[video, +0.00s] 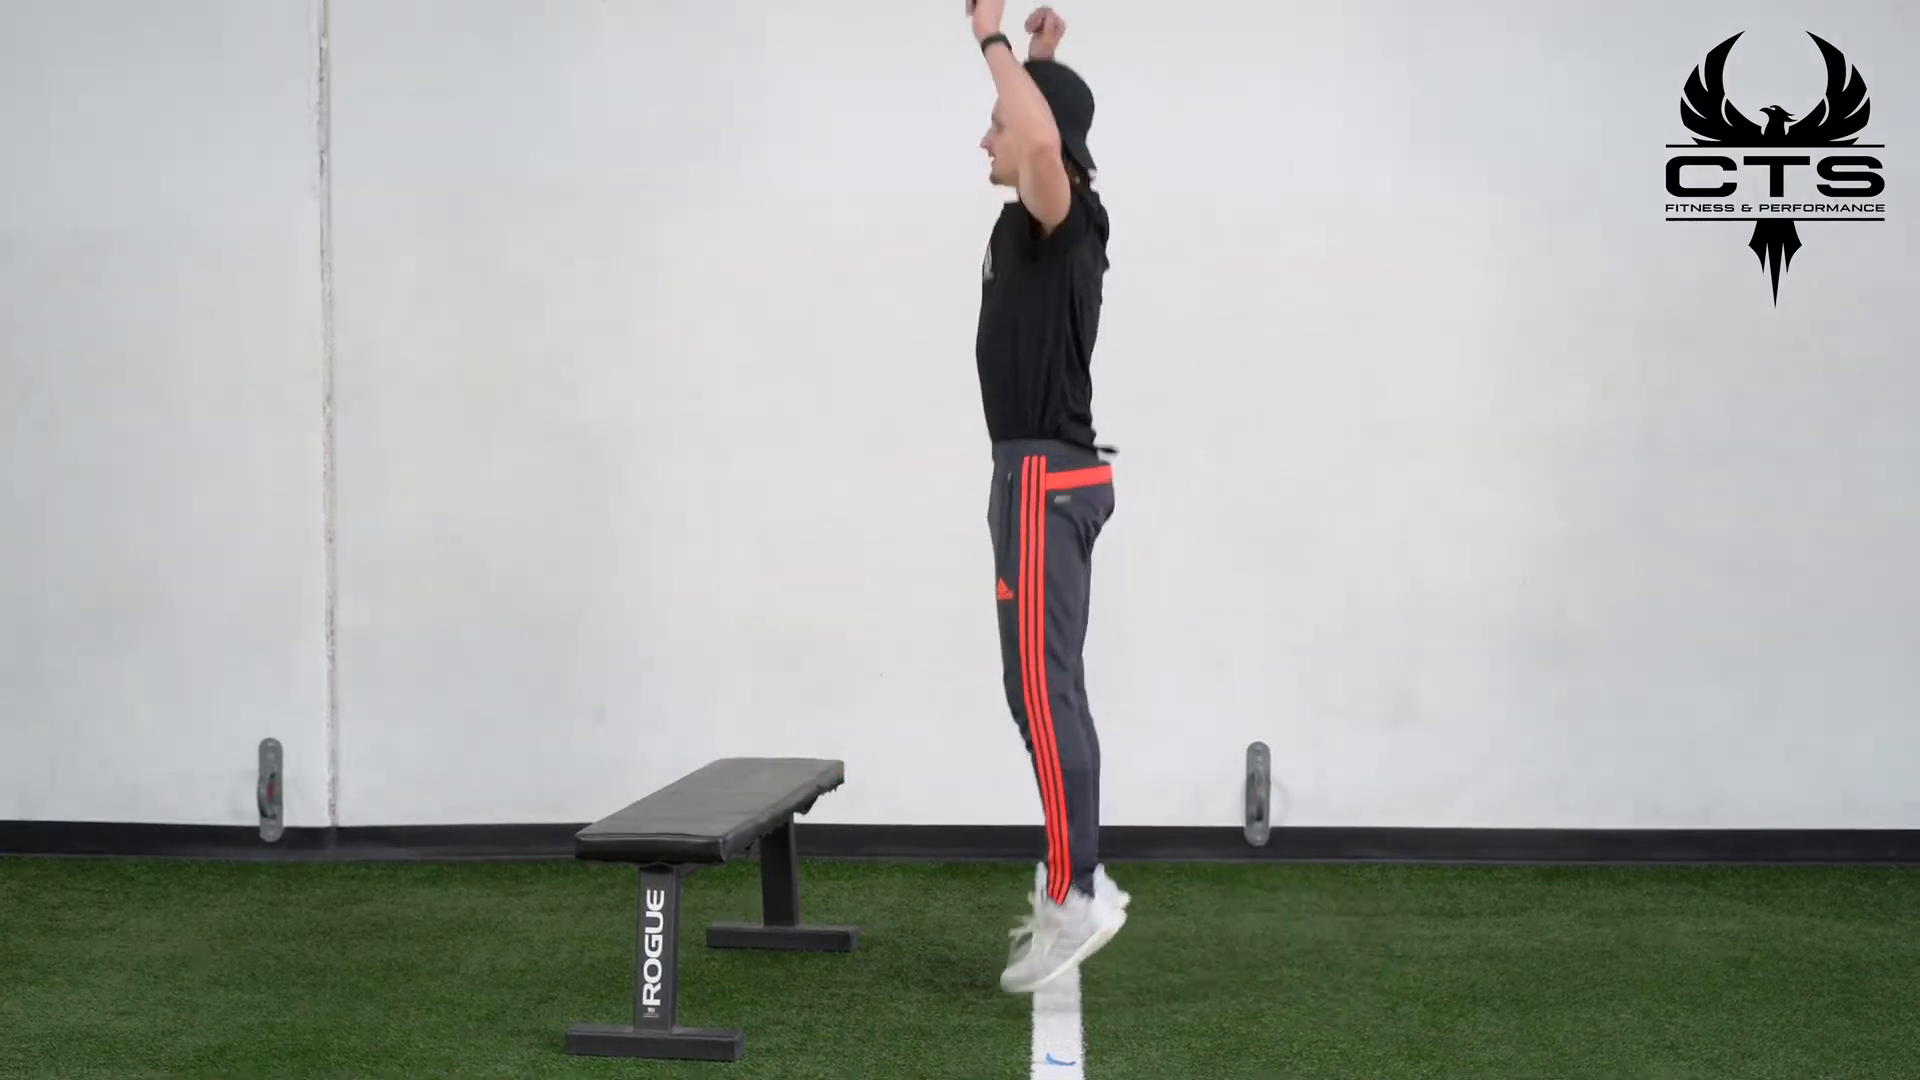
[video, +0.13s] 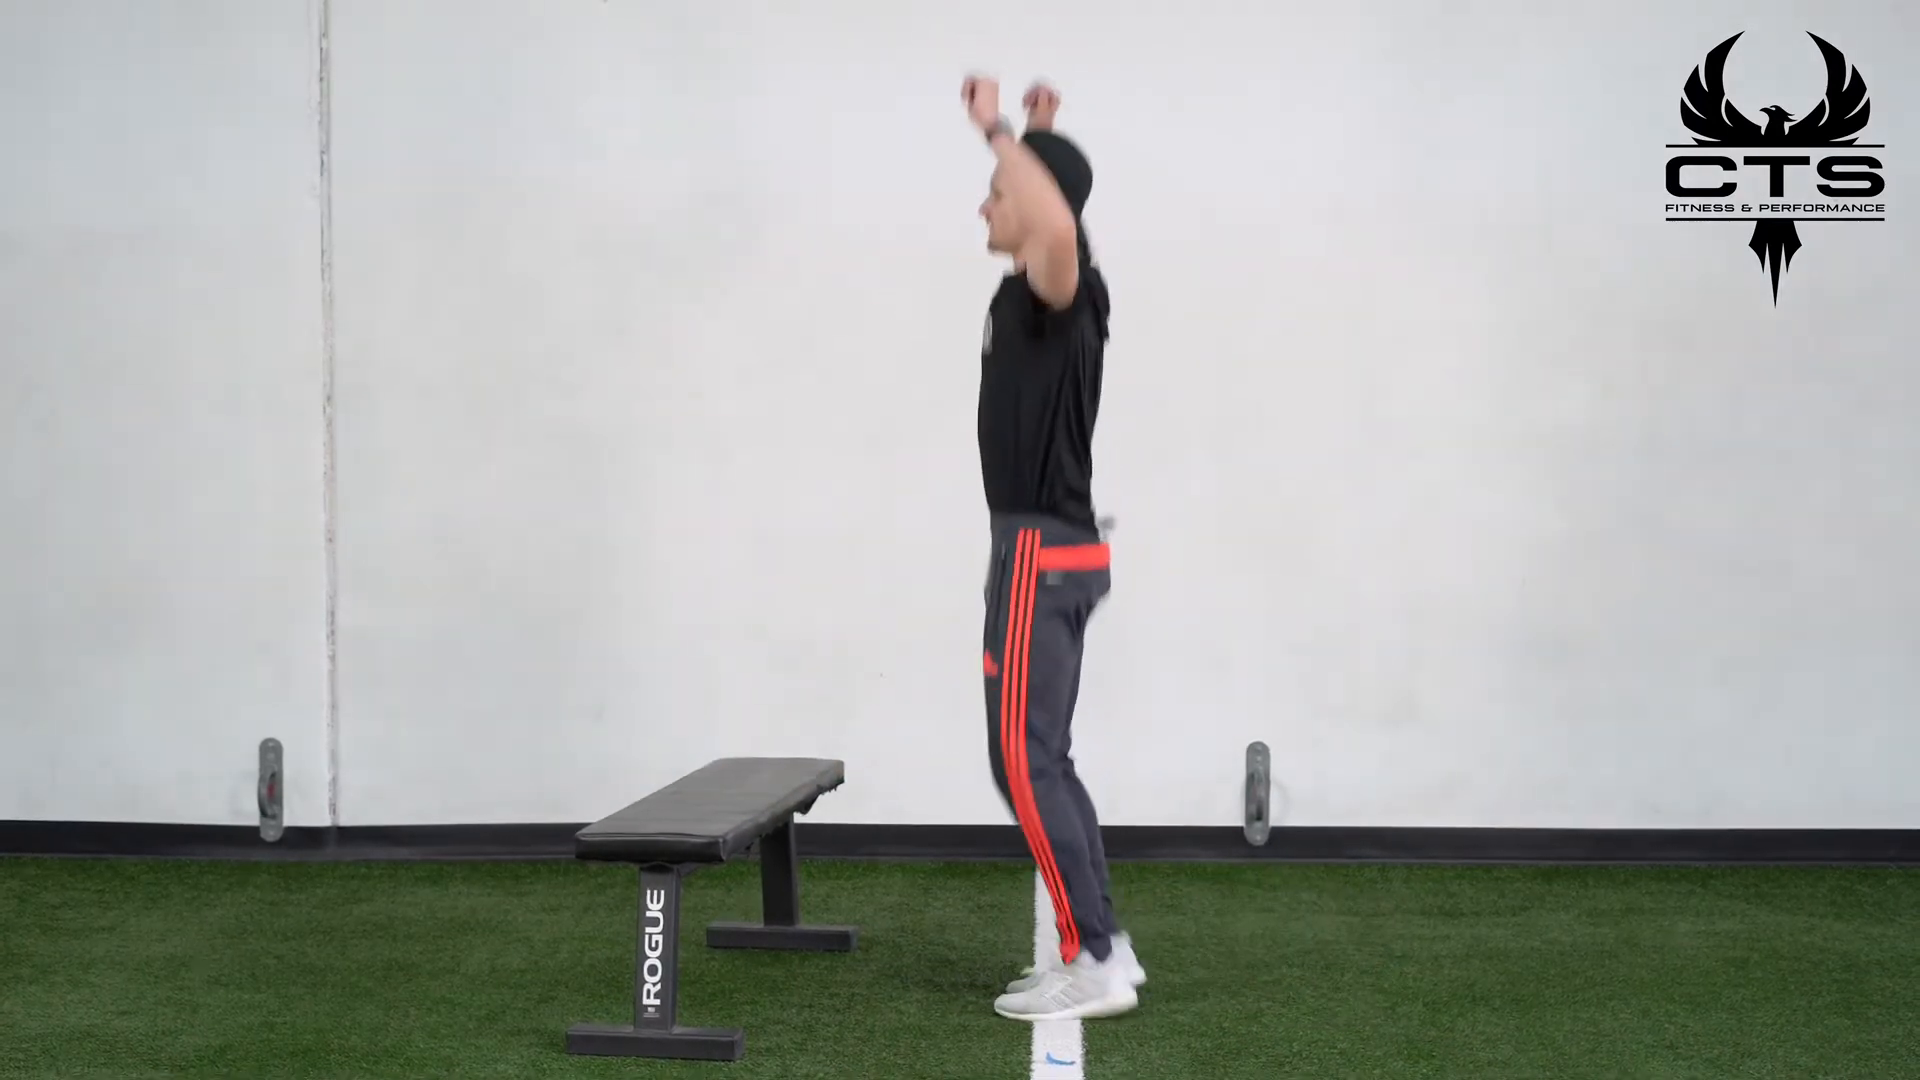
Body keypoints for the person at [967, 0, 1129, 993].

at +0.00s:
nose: (989, 139)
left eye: (1001, 124)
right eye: (992, 123)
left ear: (1045, 135)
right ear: (1048, 138)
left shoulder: (1057, 212)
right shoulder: (1056, 214)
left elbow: (1037, 137)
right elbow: (1047, 135)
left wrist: (992, 39)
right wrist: (1044, 58)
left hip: (1044, 477)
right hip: (1047, 476)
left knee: (1042, 691)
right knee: (1048, 689)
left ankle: (1075, 892)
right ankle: (1076, 884)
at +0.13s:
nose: (983, 210)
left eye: (999, 195)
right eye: (989, 192)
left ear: (1042, 207)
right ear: (1044, 209)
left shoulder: (1058, 289)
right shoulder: (1049, 290)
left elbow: (1048, 221)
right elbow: (1051, 213)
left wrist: (1000, 138)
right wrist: (1039, 138)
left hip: (1044, 551)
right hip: (1044, 548)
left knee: (1024, 754)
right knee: (1036, 752)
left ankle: (1093, 959)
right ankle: (1097, 946)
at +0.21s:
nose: (970, 246)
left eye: (981, 231)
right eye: (971, 230)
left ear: (1022, 231)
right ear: (1032, 232)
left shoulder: (1050, 312)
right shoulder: (1039, 315)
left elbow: (1071, 322)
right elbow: (1045, 280)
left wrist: (1025, 234)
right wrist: (1000, 217)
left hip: (1043, 574)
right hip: (1048, 571)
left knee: (1025, 777)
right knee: (1043, 775)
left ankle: (1098, 966)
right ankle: (1099, 955)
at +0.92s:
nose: (803, 502)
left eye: (805, 482)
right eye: (798, 484)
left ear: (842, 467)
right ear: (850, 467)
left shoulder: (910, 517)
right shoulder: (930, 511)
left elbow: (849, 670)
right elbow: (883, 669)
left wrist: (770, 775)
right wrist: (803, 761)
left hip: (1137, 570)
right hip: (1145, 566)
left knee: (1051, 760)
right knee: (1082, 764)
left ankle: (1136, 945)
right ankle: (1114, 946)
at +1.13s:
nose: (759, 524)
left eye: (763, 506)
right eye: (754, 509)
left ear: (805, 489)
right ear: (814, 491)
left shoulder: (869, 531)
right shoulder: (895, 531)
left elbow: (838, 683)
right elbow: (881, 676)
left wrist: (771, 790)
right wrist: (810, 770)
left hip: (1102, 579)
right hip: (1092, 587)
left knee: (1149, 785)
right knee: (1050, 763)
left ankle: (1322, 912)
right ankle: (1102, 956)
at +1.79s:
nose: (675, 567)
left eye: (680, 551)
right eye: (672, 553)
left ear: (718, 544)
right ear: (726, 539)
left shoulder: (785, 590)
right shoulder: (801, 577)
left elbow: (846, 719)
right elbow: (868, 714)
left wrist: (776, 800)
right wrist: (796, 771)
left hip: (1007, 704)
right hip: (1013, 692)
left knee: (1169, 830)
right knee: (1171, 821)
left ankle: (1356, 931)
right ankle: (1353, 922)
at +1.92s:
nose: (643, 623)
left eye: (646, 606)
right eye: (640, 608)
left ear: (684, 595)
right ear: (689, 594)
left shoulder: (754, 636)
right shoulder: (758, 629)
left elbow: (835, 720)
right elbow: (833, 717)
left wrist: (776, 801)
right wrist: (779, 779)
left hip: (975, 750)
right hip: (980, 738)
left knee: (1148, 852)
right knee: (1149, 843)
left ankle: (1353, 928)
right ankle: (1342, 923)